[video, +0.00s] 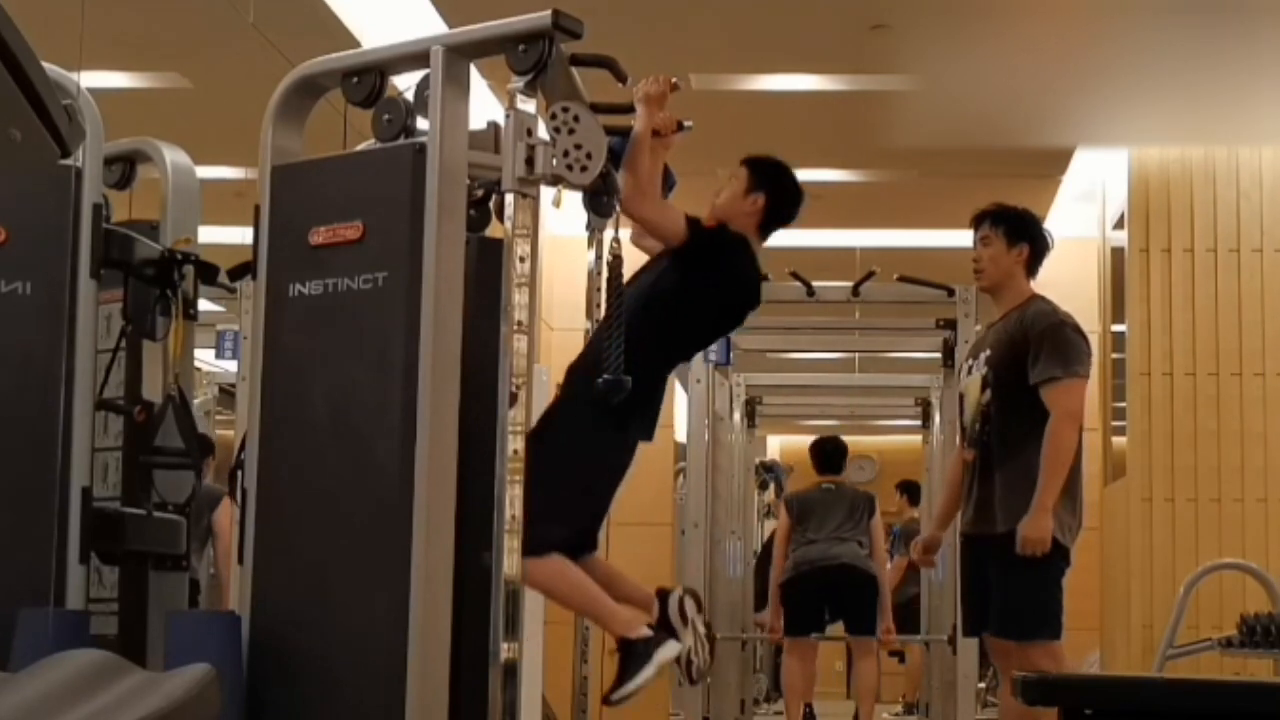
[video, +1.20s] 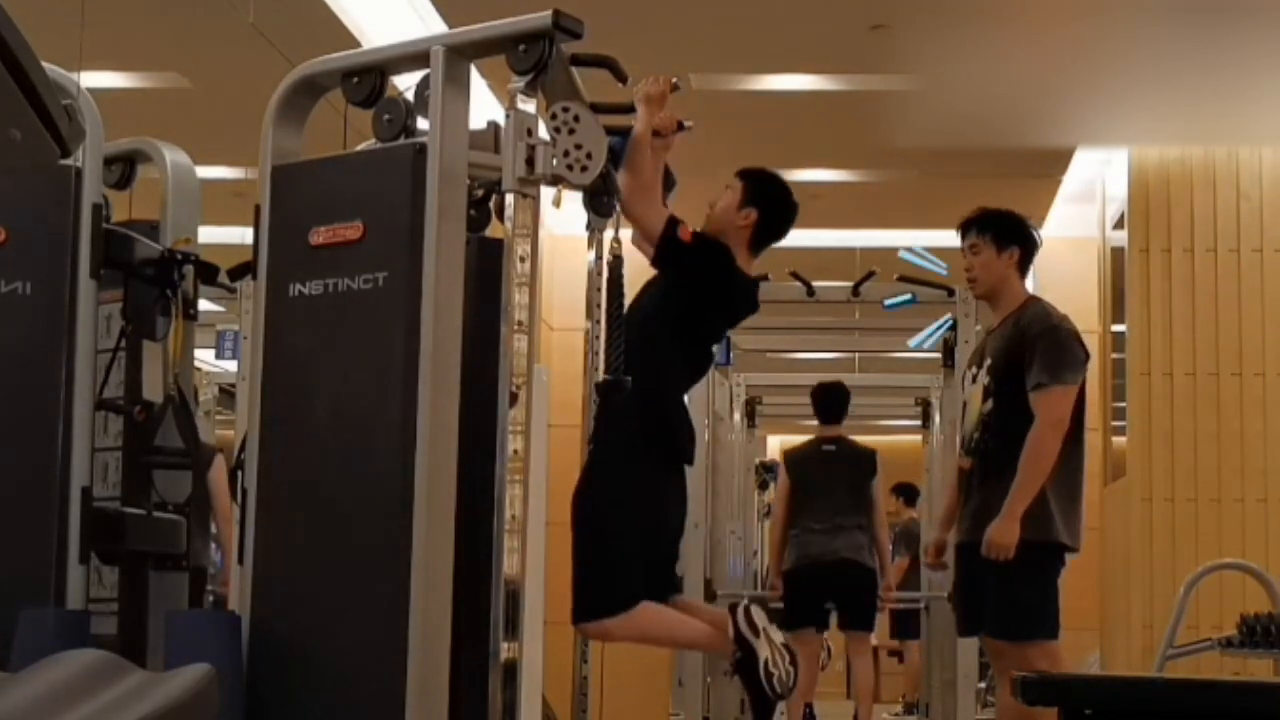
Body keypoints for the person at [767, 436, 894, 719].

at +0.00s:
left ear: (813, 464)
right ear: (846, 463)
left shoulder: (793, 501)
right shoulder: (866, 501)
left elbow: (778, 561)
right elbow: (880, 561)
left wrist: (774, 611)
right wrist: (886, 615)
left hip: (804, 583)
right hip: (857, 581)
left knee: (798, 653)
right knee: (865, 652)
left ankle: (795, 715)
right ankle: (865, 716)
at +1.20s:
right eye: (840, 406)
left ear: (814, 411)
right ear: (847, 411)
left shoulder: (792, 458)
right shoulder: (867, 458)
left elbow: (779, 519)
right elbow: (878, 522)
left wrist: (775, 569)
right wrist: (887, 571)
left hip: (805, 569)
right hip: (855, 568)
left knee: (805, 653)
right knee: (860, 650)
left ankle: (798, 715)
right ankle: (864, 714)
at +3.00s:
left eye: (814, 461)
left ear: (813, 464)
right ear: (847, 464)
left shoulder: (794, 503)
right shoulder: (867, 502)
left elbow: (780, 564)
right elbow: (882, 564)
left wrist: (775, 613)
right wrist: (887, 618)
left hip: (806, 585)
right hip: (858, 584)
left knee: (801, 653)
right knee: (865, 653)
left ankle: (798, 715)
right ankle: (865, 715)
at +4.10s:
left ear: (817, 409)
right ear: (850, 409)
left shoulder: (794, 457)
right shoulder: (870, 457)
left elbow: (778, 518)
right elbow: (883, 519)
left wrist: (774, 569)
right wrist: (890, 571)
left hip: (807, 566)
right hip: (857, 566)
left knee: (804, 647)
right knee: (860, 647)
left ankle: (797, 715)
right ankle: (864, 714)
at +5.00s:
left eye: (814, 396)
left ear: (811, 399)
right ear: (845, 398)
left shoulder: (790, 448)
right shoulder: (866, 447)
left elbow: (771, 509)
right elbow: (884, 510)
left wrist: (772, 559)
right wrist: (888, 560)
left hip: (806, 567)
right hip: (855, 566)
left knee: (805, 649)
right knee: (858, 650)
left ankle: (797, 716)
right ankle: (863, 715)